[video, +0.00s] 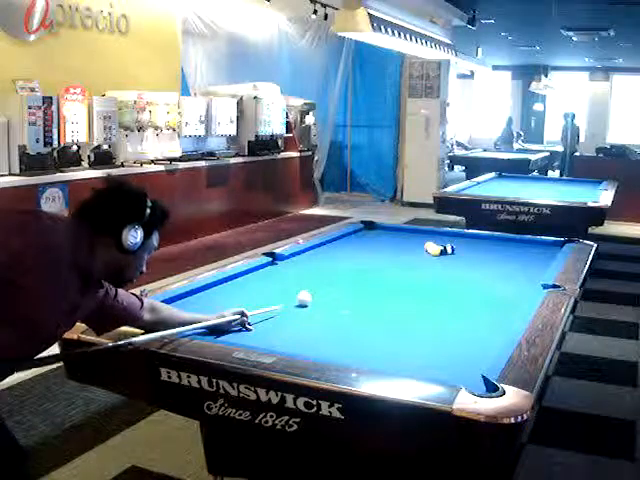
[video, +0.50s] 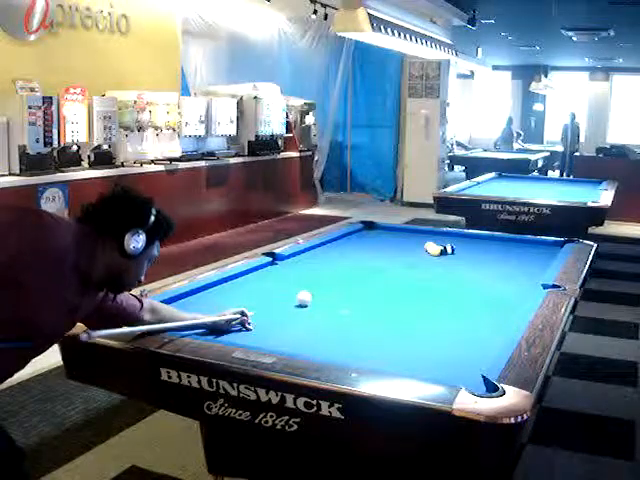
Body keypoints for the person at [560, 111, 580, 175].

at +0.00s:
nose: (569, 120)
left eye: (571, 118)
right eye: (567, 118)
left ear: (573, 118)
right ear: (566, 118)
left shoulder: (576, 127)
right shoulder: (565, 126)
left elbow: (577, 136)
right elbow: (562, 135)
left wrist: (577, 144)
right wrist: (563, 143)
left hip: (573, 146)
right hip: (566, 145)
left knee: (570, 157)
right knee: (563, 157)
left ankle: (569, 172)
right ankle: (562, 171)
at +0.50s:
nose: (571, 118)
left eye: (573, 117)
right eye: (570, 116)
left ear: (574, 117)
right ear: (569, 117)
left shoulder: (576, 127)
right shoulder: (565, 126)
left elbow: (578, 136)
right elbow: (563, 135)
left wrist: (578, 145)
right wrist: (563, 143)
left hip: (573, 146)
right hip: (566, 146)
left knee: (571, 160)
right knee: (563, 160)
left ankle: (569, 173)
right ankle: (561, 172)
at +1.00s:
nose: (571, 119)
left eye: (572, 117)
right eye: (570, 117)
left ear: (574, 118)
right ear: (569, 117)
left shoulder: (577, 127)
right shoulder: (565, 126)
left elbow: (578, 137)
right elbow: (562, 135)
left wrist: (578, 145)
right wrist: (563, 143)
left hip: (573, 146)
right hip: (566, 146)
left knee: (571, 160)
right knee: (563, 160)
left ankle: (569, 173)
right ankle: (561, 172)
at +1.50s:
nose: (572, 118)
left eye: (573, 117)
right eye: (571, 116)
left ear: (575, 117)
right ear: (569, 117)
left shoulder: (576, 127)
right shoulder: (565, 126)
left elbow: (578, 136)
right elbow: (562, 135)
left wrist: (576, 143)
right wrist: (563, 143)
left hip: (572, 147)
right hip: (565, 146)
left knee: (571, 160)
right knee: (563, 160)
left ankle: (569, 173)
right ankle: (561, 172)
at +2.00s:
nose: (572, 119)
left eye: (573, 117)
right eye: (571, 117)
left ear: (574, 118)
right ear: (569, 117)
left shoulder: (576, 127)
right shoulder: (565, 126)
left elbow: (578, 137)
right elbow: (562, 135)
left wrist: (577, 145)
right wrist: (563, 142)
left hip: (573, 146)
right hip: (565, 146)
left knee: (571, 160)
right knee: (563, 160)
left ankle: (569, 173)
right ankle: (561, 173)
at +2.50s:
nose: (572, 119)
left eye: (573, 117)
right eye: (571, 117)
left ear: (574, 118)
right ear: (569, 117)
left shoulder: (576, 127)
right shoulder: (565, 126)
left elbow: (578, 136)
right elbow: (562, 135)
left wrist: (577, 144)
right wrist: (563, 143)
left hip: (573, 146)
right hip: (566, 146)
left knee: (571, 160)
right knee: (563, 160)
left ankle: (569, 173)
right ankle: (561, 173)